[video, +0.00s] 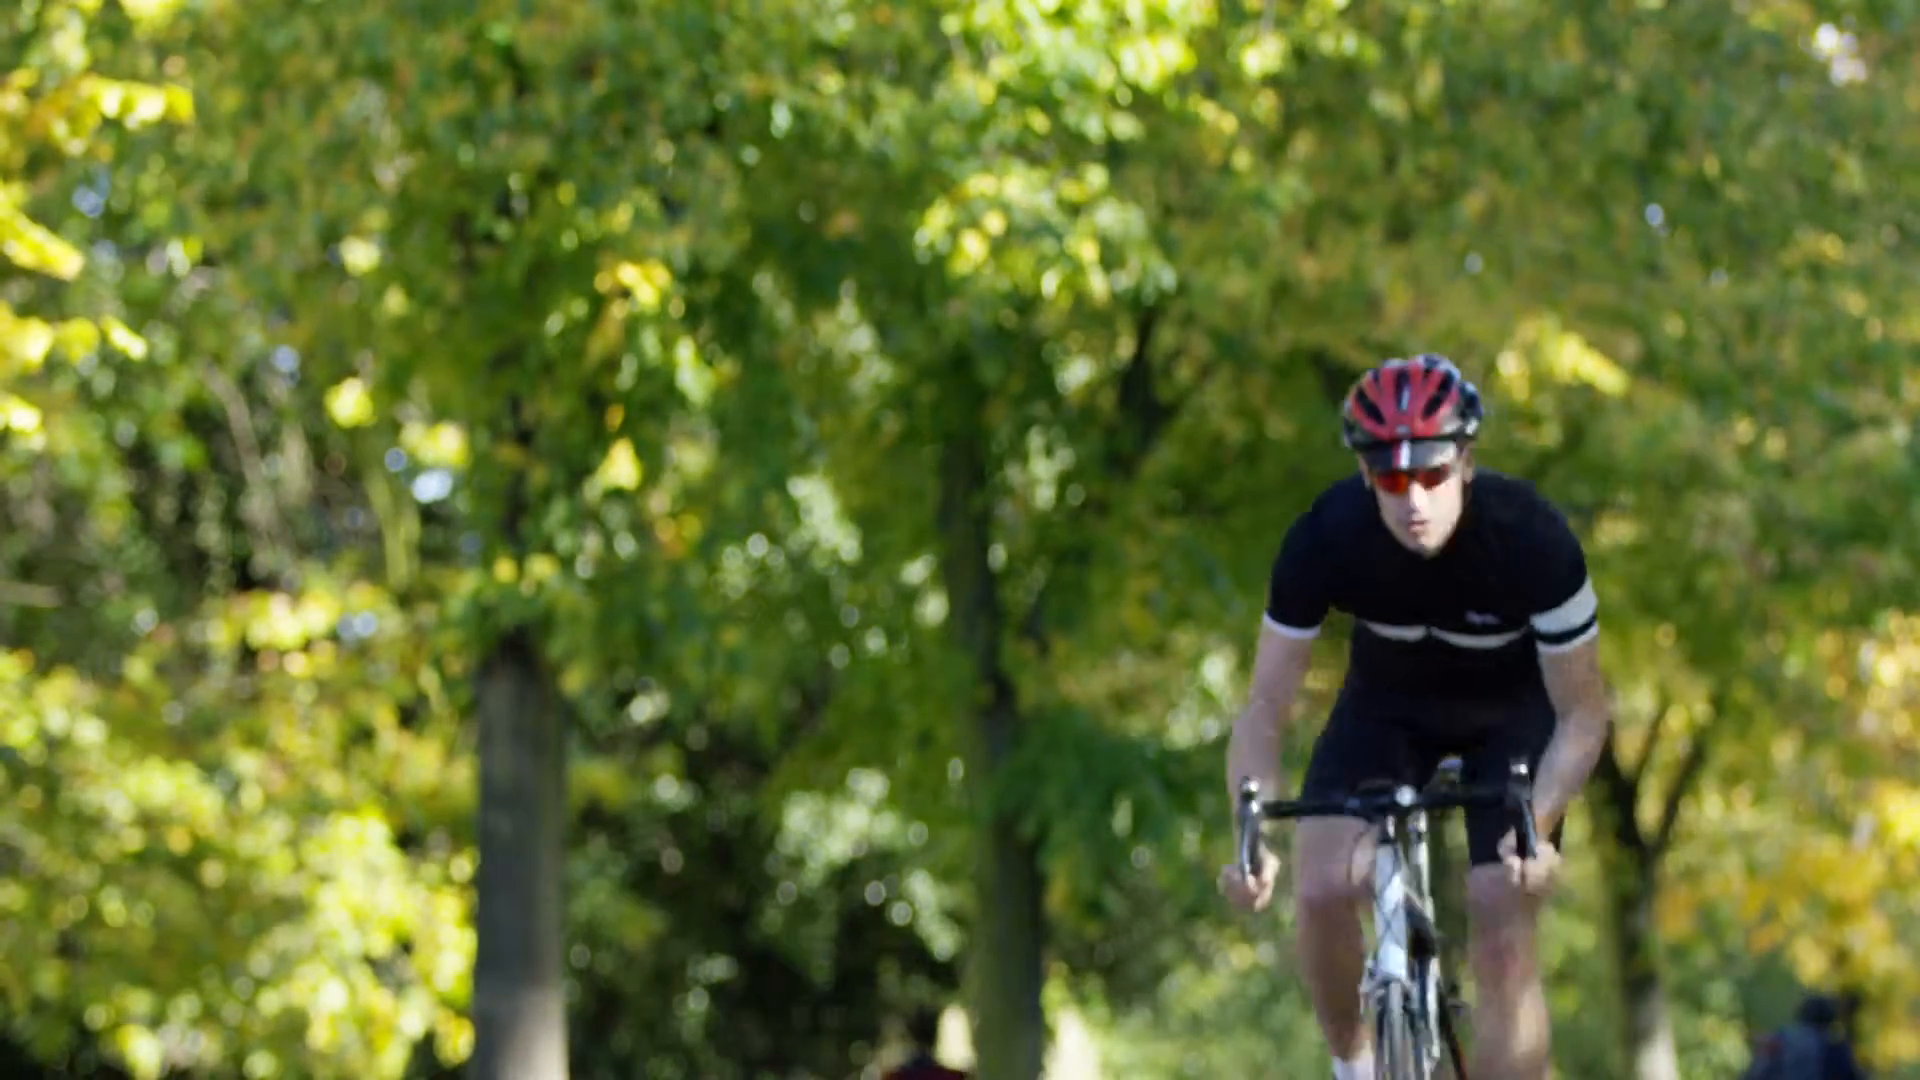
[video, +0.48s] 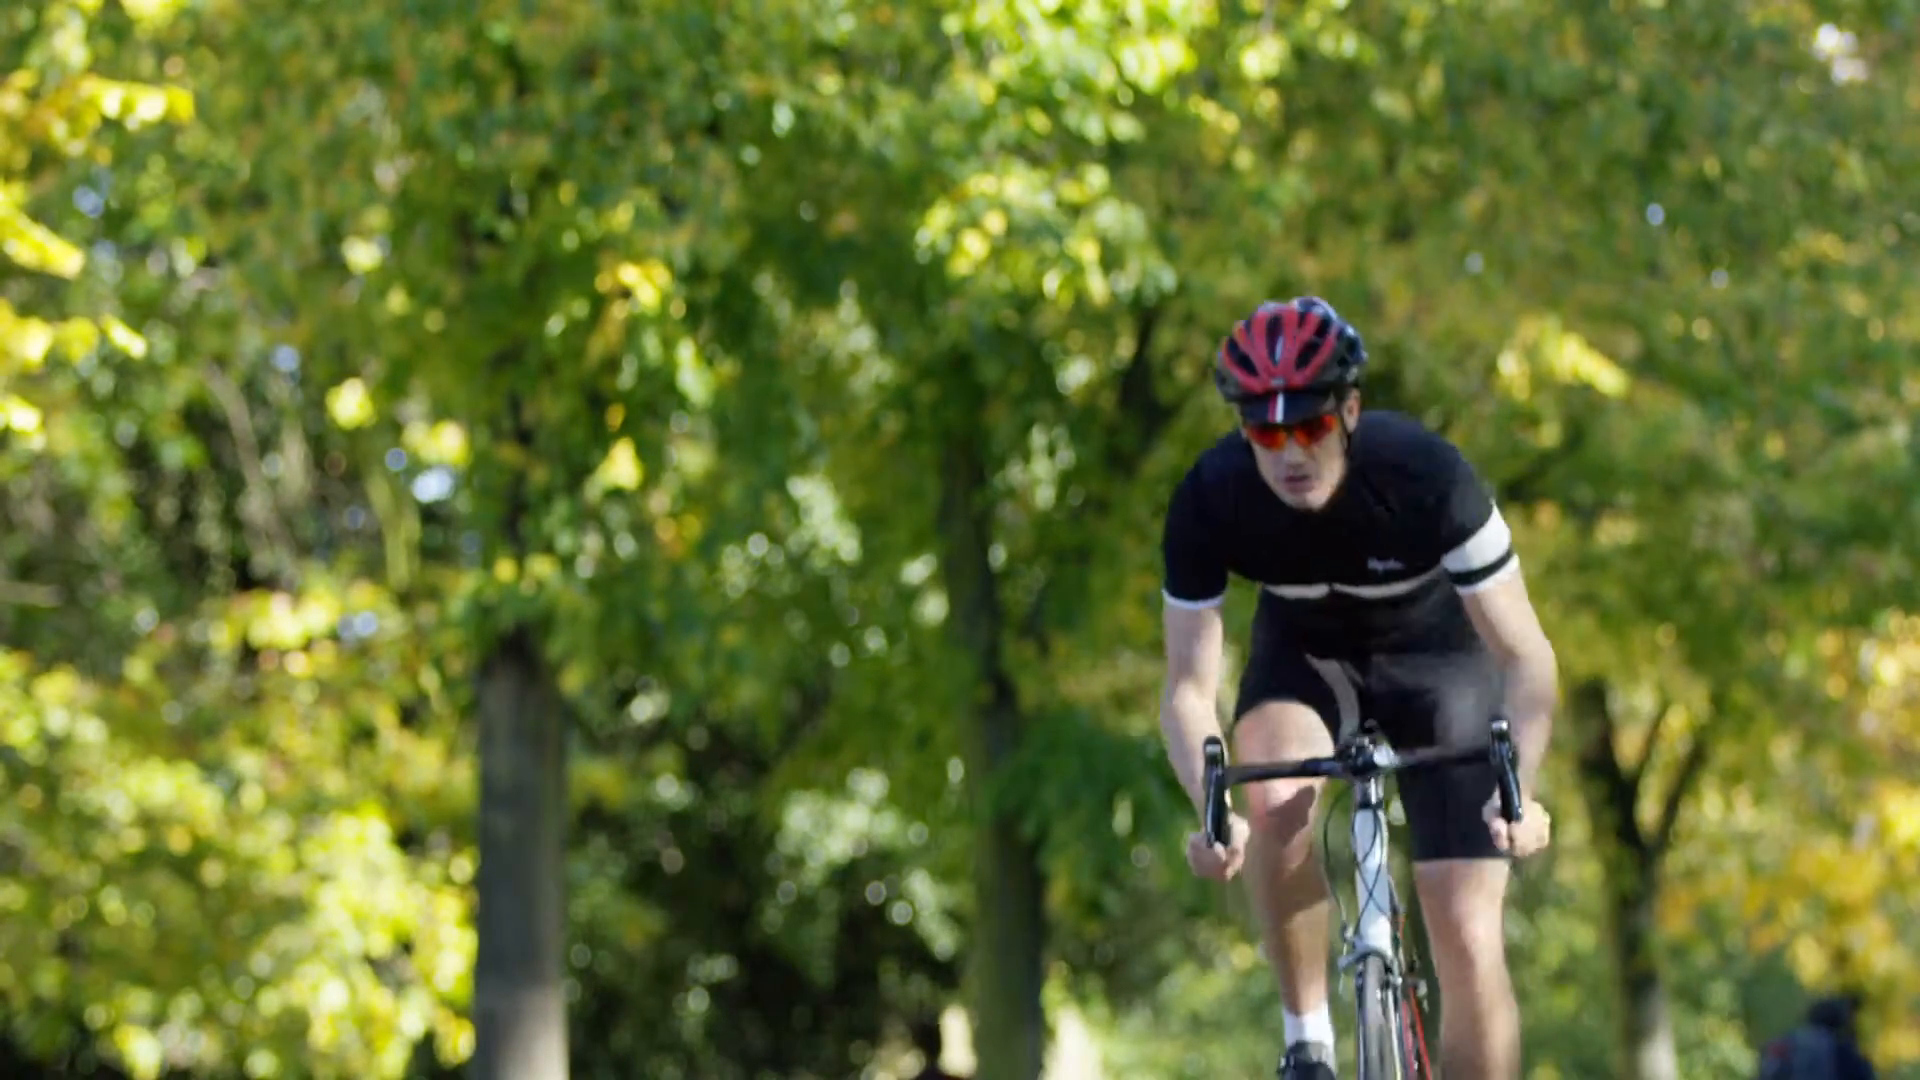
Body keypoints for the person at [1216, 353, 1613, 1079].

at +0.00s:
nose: (1413, 500)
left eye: (1432, 476)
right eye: (1391, 481)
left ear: (1467, 461)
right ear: (1366, 474)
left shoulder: (1531, 536)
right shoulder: (1326, 539)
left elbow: (1584, 709)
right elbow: (1267, 704)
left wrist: (1538, 817)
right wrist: (1252, 828)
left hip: (1511, 708)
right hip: (1384, 703)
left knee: (1505, 934)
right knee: (1325, 888)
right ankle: (1352, 1065)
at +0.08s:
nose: (1394, 494)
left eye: (1414, 470)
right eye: (1371, 475)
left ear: (1451, 454)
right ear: (1345, 470)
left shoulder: (1516, 532)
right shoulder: (1309, 534)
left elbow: (1571, 698)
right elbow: (1251, 702)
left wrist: (1529, 817)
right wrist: (1238, 831)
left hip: (1499, 698)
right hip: (1373, 692)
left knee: (1496, 933)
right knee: (1307, 877)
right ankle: (1337, 1058)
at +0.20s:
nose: (1361, 483)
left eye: (1380, 459)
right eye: (1338, 464)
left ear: (1419, 443)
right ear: (1313, 458)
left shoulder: (1489, 519)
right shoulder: (1281, 524)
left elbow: (1561, 692)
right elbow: (1230, 691)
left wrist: (1522, 806)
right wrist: (1224, 824)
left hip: (1481, 688)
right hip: (1353, 680)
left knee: (1480, 953)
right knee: (1289, 831)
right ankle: (1318, 1037)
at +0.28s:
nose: (1341, 475)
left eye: (1360, 451)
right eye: (1319, 456)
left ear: (1398, 437)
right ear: (1294, 451)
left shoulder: (1475, 511)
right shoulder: (1259, 522)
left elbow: (1552, 683)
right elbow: (1216, 694)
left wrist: (1516, 802)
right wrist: (1218, 824)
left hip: (1473, 678)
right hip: (1342, 668)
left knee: (1474, 939)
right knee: (1282, 799)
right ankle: (1310, 1032)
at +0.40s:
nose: (1311, 463)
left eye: (1330, 437)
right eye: (1287, 444)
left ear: (1370, 420)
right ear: (1263, 438)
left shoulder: (1446, 488)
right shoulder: (1230, 509)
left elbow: (1536, 662)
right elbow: (1200, 689)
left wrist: (1519, 791)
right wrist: (1211, 812)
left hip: (1447, 655)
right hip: (1315, 654)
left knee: (1468, 939)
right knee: (1276, 802)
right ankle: (1308, 1032)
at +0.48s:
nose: (1290, 453)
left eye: (1309, 429)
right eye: (1267, 434)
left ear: (1351, 410)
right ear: (1243, 428)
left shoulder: (1429, 477)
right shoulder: (1210, 501)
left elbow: (1527, 653)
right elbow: (1190, 686)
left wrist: (1521, 788)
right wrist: (1213, 808)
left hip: (1438, 646)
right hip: (1301, 645)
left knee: (1466, 924)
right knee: (1274, 800)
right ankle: (1308, 1046)